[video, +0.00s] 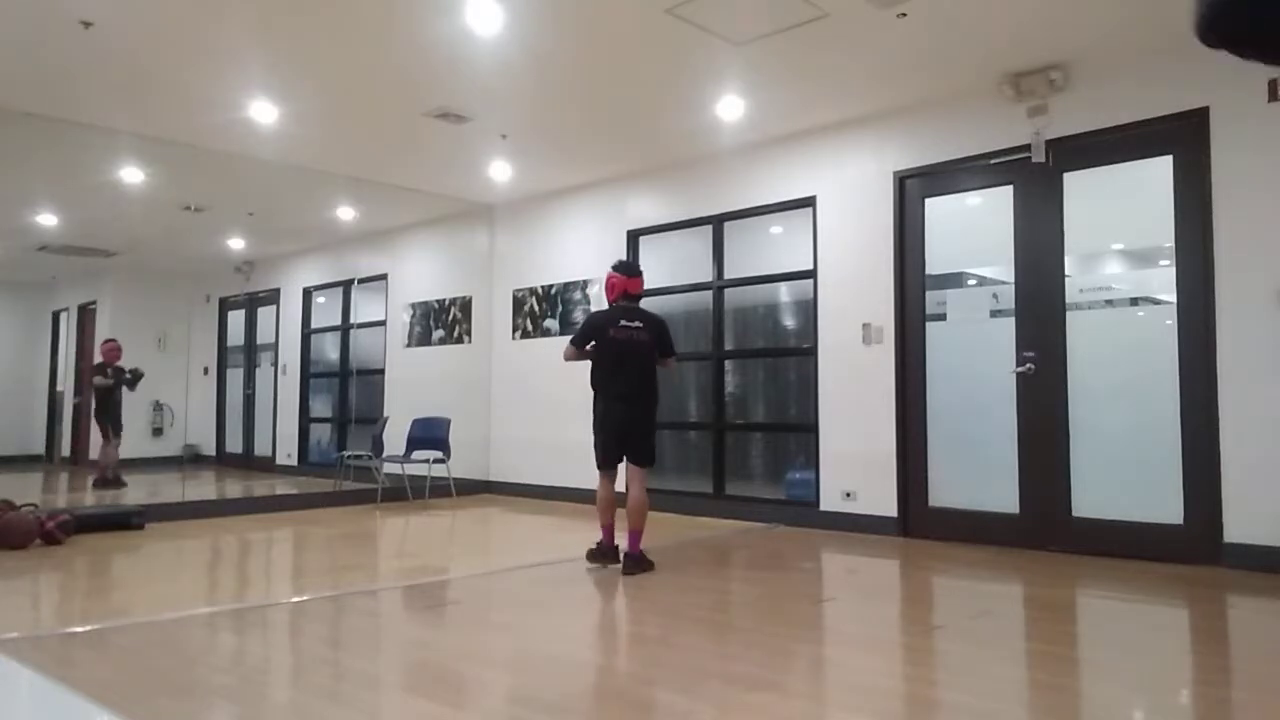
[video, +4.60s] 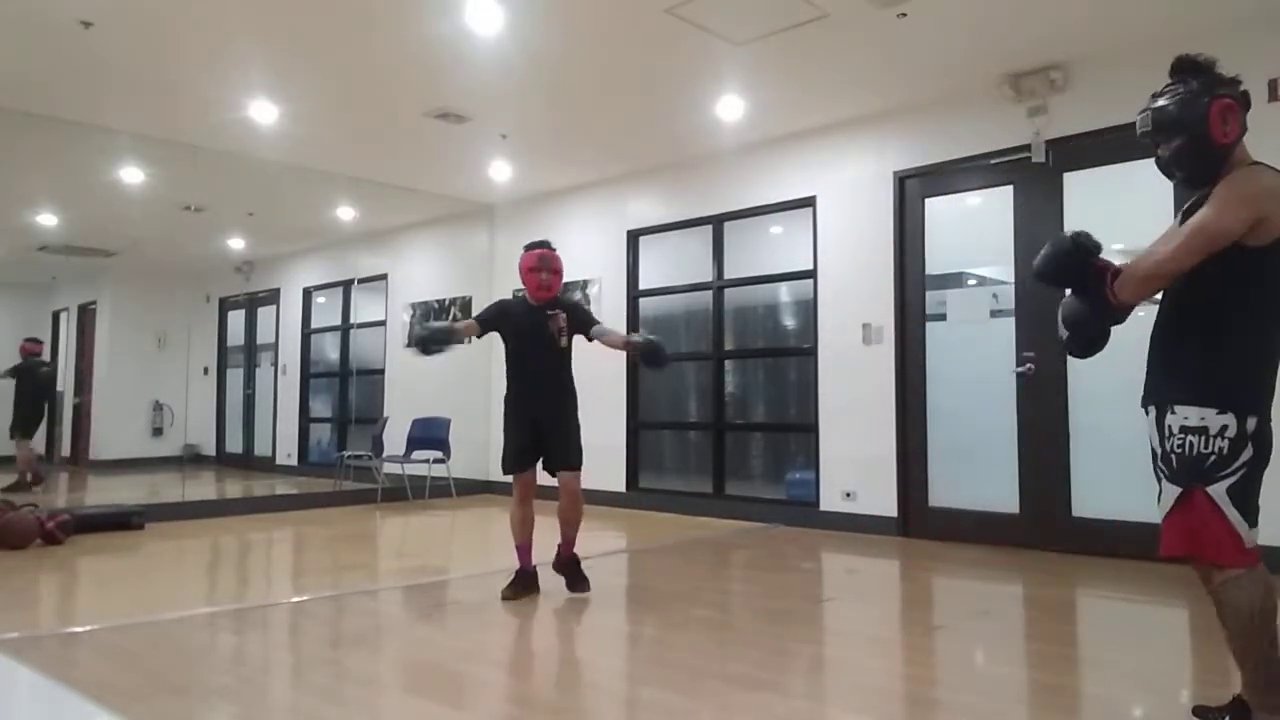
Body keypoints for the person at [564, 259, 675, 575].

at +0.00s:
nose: (606, 289)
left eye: (607, 285)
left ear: (611, 288)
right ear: (640, 289)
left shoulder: (597, 320)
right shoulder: (655, 323)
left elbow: (570, 354)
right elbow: (667, 361)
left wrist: (595, 352)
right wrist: (643, 353)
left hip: (607, 411)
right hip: (643, 411)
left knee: (606, 477)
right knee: (637, 480)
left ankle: (607, 546)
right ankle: (633, 554)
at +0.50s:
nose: (592, 302)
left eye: (594, 297)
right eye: (592, 297)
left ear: (600, 298)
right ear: (624, 296)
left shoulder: (595, 330)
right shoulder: (641, 330)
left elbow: (579, 370)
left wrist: (571, 348)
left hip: (599, 411)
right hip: (628, 409)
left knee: (602, 478)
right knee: (625, 469)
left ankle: (606, 545)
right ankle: (636, 524)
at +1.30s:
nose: (595, 320)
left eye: (597, 314)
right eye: (592, 315)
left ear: (611, 307)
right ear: (597, 312)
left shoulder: (632, 332)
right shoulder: (604, 336)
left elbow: (636, 371)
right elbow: (595, 367)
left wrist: (602, 372)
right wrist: (582, 372)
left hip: (619, 413)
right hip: (607, 411)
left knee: (604, 471)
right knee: (617, 471)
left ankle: (605, 541)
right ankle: (627, 537)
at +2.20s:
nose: (597, 314)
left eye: (603, 308)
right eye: (594, 308)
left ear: (617, 305)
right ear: (590, 307)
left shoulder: (631, 330)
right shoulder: (588, 332)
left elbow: (631, 367)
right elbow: (567, 358)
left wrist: (599, 380)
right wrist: (568, 357)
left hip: (618, 414)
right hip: (589, 412)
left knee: (618, 476)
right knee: (566, 469)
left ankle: (620, 542)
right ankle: (585, 529)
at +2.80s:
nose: (566, 304)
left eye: (573, 297)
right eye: (559, 297)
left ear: (582, 300)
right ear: (550, 300)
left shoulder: (591, 329)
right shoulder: (539, 330)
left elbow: (602, 368)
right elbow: (510, 361)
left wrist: (566, 380)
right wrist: (538, 359)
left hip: (578, 411)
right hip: (547, 411)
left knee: (582, 477)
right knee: (550, 476)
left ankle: (605, 535)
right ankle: (554, 545)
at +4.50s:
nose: (545, 282)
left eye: (552, 275)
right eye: (536, 275)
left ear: (562, 278)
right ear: (523, 279)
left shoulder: (571, 310)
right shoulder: (509, 313)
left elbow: (595, 341)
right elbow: (478, 341)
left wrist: (574, 334)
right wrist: (509, 330)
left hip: (562, 410)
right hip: (522, 411)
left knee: (572, 490)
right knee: (524, 488)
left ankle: (563, 541)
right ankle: (525, 570)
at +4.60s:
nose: (543, 279)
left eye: (550, 271)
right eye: (534, 272)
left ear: (560, 274)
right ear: (522, 275)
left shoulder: (569, 310)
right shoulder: (506, 311)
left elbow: (602, 333)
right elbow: (468, 328)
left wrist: (638, 344)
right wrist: (438, 332)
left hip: (562, 411)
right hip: (521, 412)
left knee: (571, 486)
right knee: (523, 488)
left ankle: (567, 556)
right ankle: (525, 571)